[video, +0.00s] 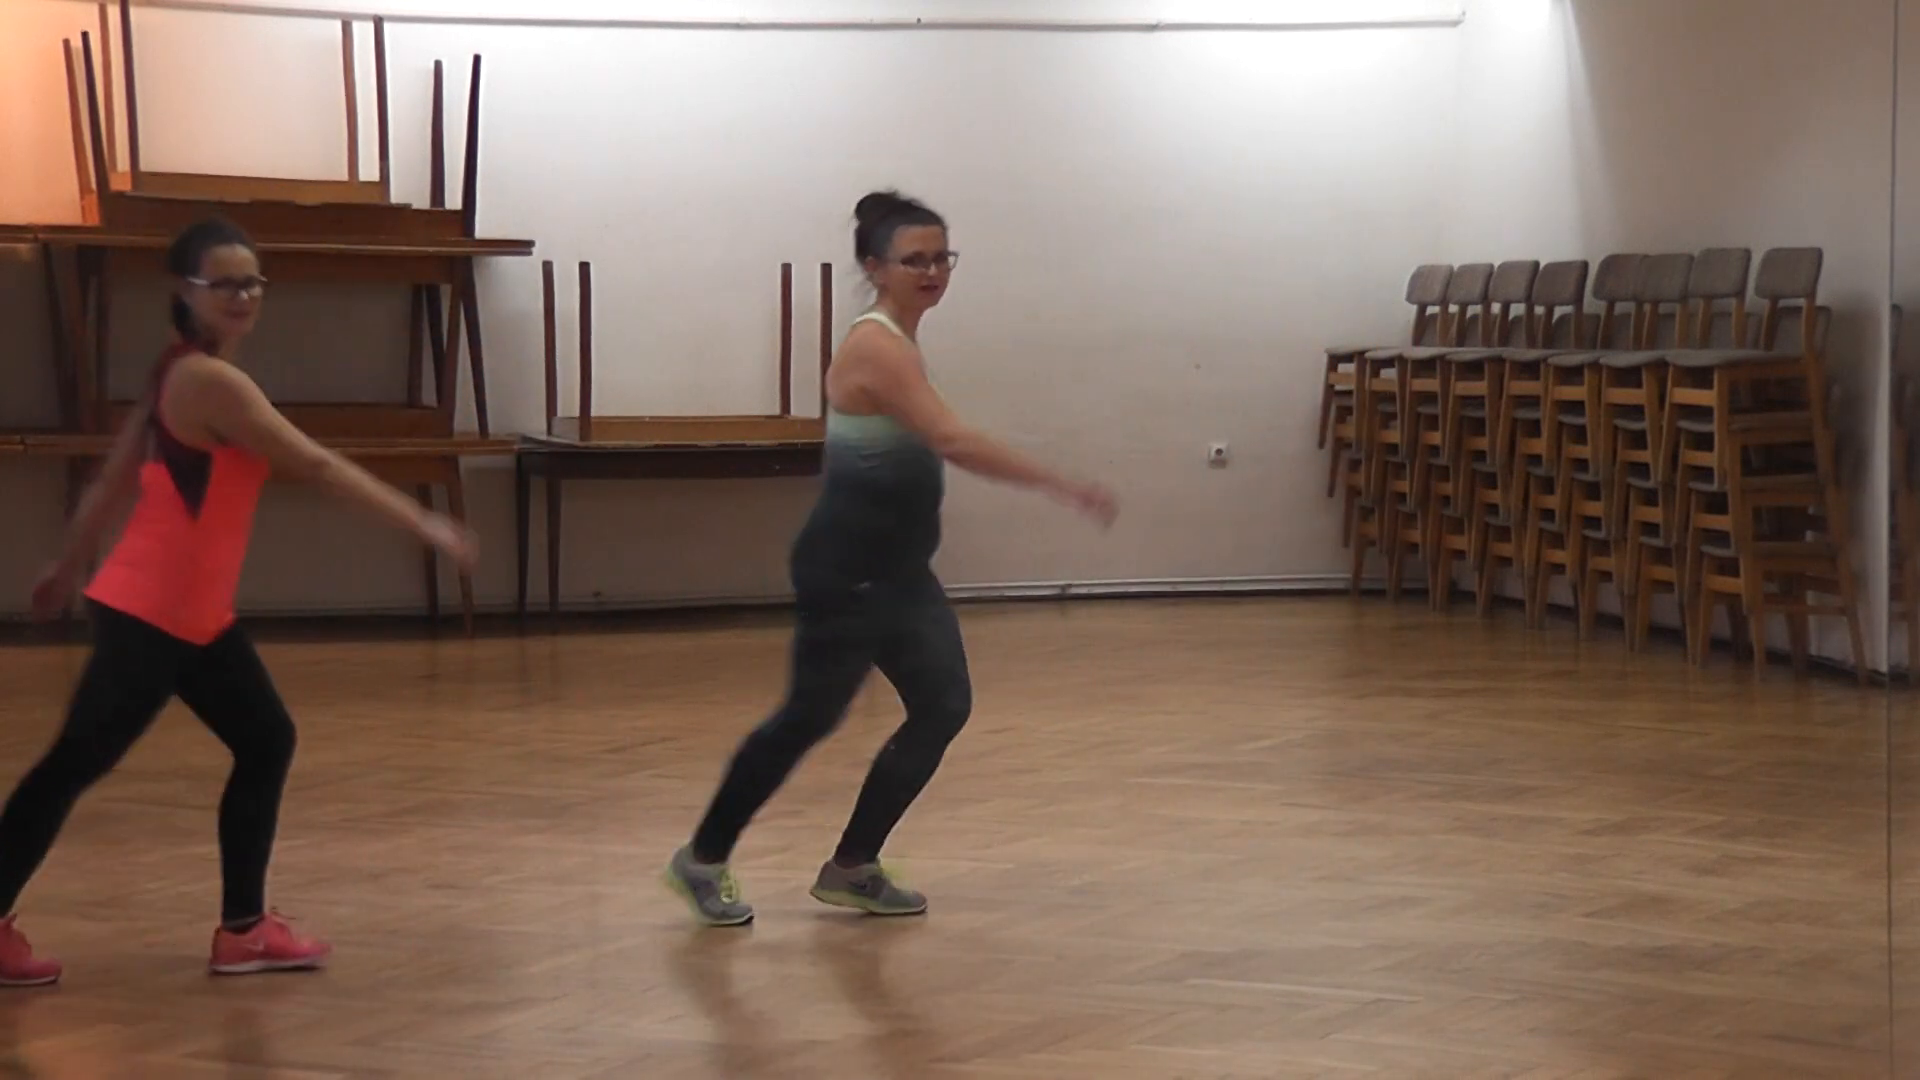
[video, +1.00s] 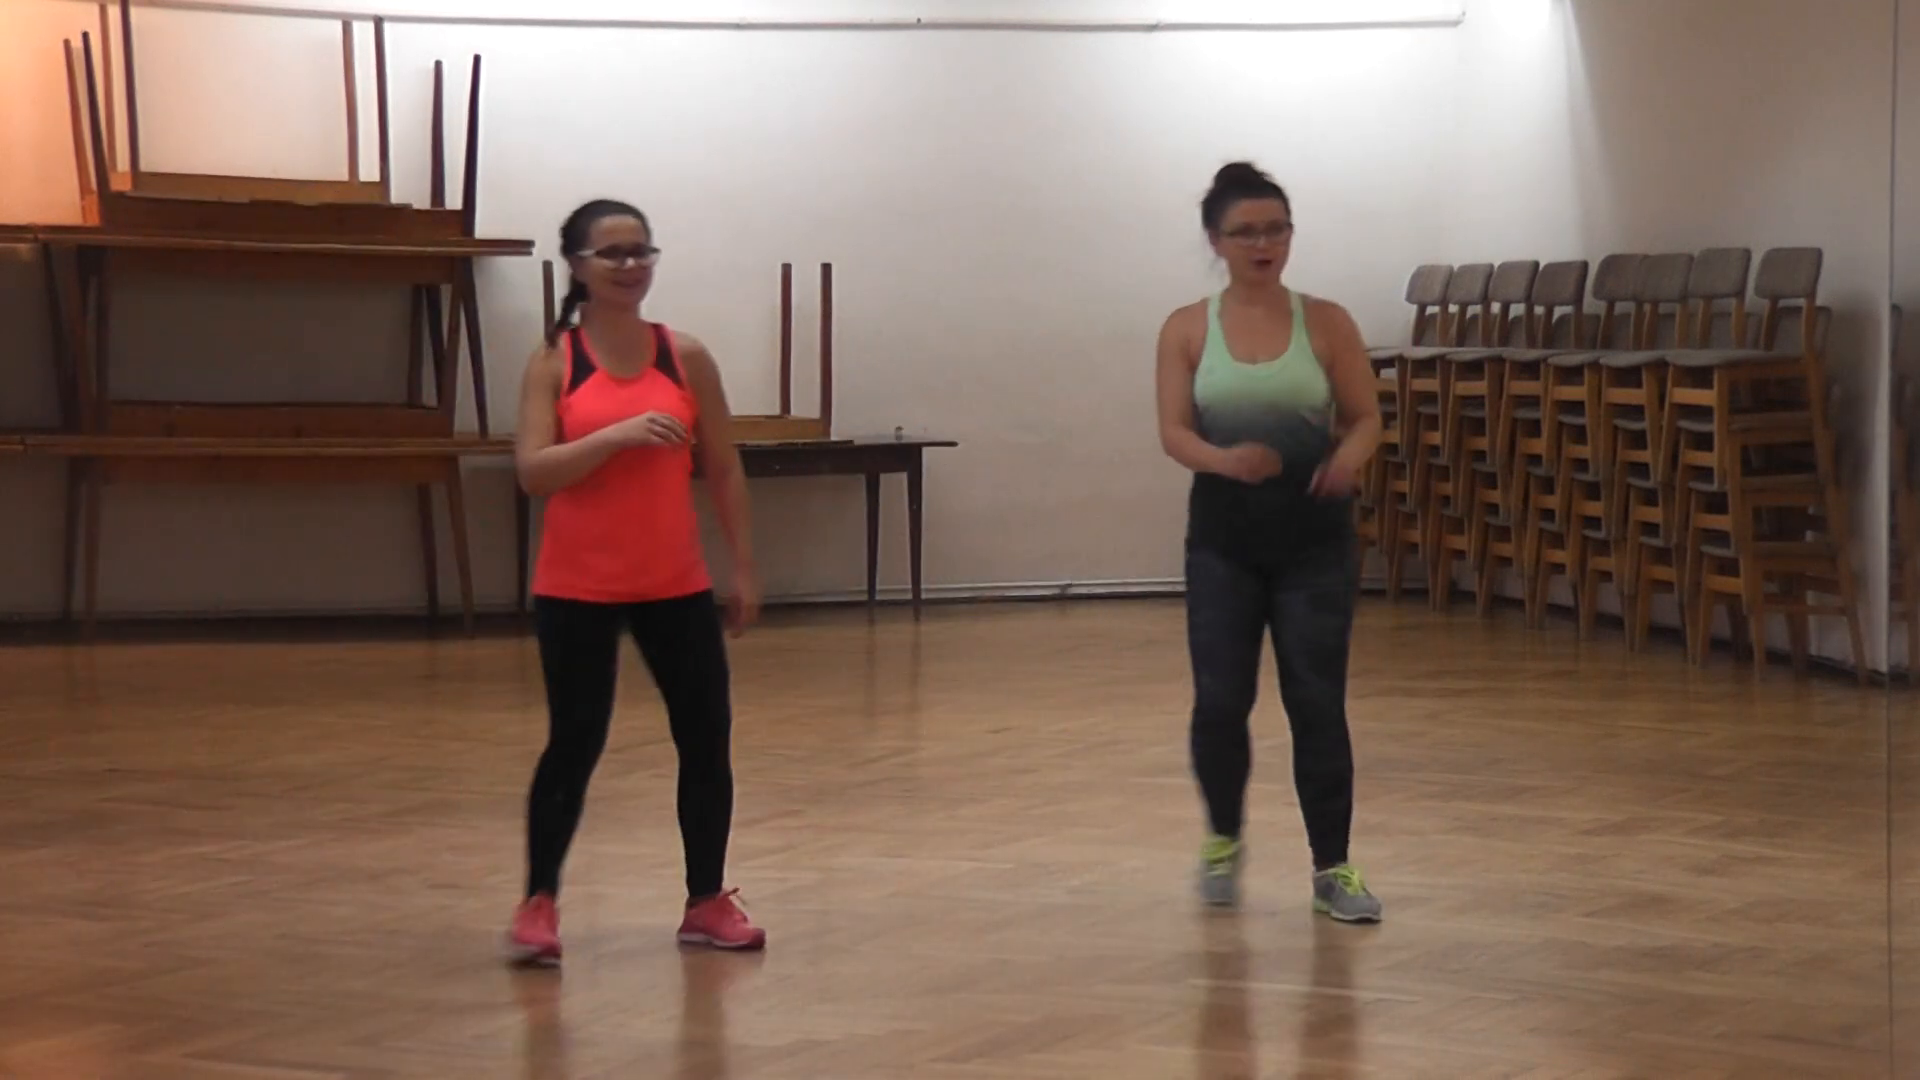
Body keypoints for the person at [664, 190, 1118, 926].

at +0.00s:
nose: (935, 271)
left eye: (942, 257)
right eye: (917, 259)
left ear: (946, 260)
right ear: (876, 266)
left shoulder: (895, 342)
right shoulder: (874, 344)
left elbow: (872, 460)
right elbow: (952, 441)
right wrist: (1062, 485)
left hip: (897, 571)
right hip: (844, 572)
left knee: (943, 706)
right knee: (811, 714)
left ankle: (851, 864)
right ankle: (701, 858)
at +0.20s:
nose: (992, 245)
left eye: (999, 231)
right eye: (974, 233)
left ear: (1006, 233)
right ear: (933, 240)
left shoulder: (968, 314)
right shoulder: (931, 322)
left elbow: (971, 432)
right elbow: (887, 435)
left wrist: (1018, 502)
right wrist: (858, 536)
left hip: (944, 546)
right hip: (932, 550)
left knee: (910, 700)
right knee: (1012, 674)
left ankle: (850, 865)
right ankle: (922, 837)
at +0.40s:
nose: (1055, 265)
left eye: (1063, 251)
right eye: (1037, 254)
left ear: (1070, 254)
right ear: (997, 265)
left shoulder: (1065, 343)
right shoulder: (983, 343)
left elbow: (1095, 443)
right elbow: (899, 422)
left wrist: (1185, 505)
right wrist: (812, 488)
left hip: (1036, 564)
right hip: (1005, 566)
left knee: (948, 711)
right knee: (1105, 692)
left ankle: (856, 857)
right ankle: (1138, 875)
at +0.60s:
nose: (1131, 256)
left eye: (1137, 242)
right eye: (1111, 247)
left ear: (1150, 247)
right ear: (1074, 262)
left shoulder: (1160, 340)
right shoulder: (1066, 342)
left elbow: (1175, 451)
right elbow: (1026, 452)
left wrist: (1223, 539)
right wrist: (1019, 550)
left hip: (1154, 557)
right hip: (1091, 561)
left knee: (1199, 703)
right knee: (1161, 707)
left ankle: (1060, 814)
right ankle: (1138, 879)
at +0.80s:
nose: (1204, 239)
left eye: (1214, 223)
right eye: (1184, 229)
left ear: (1229, 227)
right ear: (1151, 239)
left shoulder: (1259, 323)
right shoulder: (1130, 323)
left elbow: (1274, 434)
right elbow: (1104, 430)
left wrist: (1294, 527)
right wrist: (1194, 441)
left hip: (1247, 531)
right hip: (1161, 534)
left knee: (1288, 694)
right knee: (1176, 694)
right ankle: (1141, 873)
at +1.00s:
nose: (1265, 243)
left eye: (1277, 228)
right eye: (1246, 232)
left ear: (1291, 233)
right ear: (1215, 241)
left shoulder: (1328, 322)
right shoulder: (1187, 330)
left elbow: (1368, 418)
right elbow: (1174, 433)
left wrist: (1350, 455)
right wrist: (1222, 460)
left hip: (1314, 533)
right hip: (1223, 537)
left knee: (1317, 702)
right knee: (1220, 703)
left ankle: (1333, 867)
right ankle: (1222, 838)